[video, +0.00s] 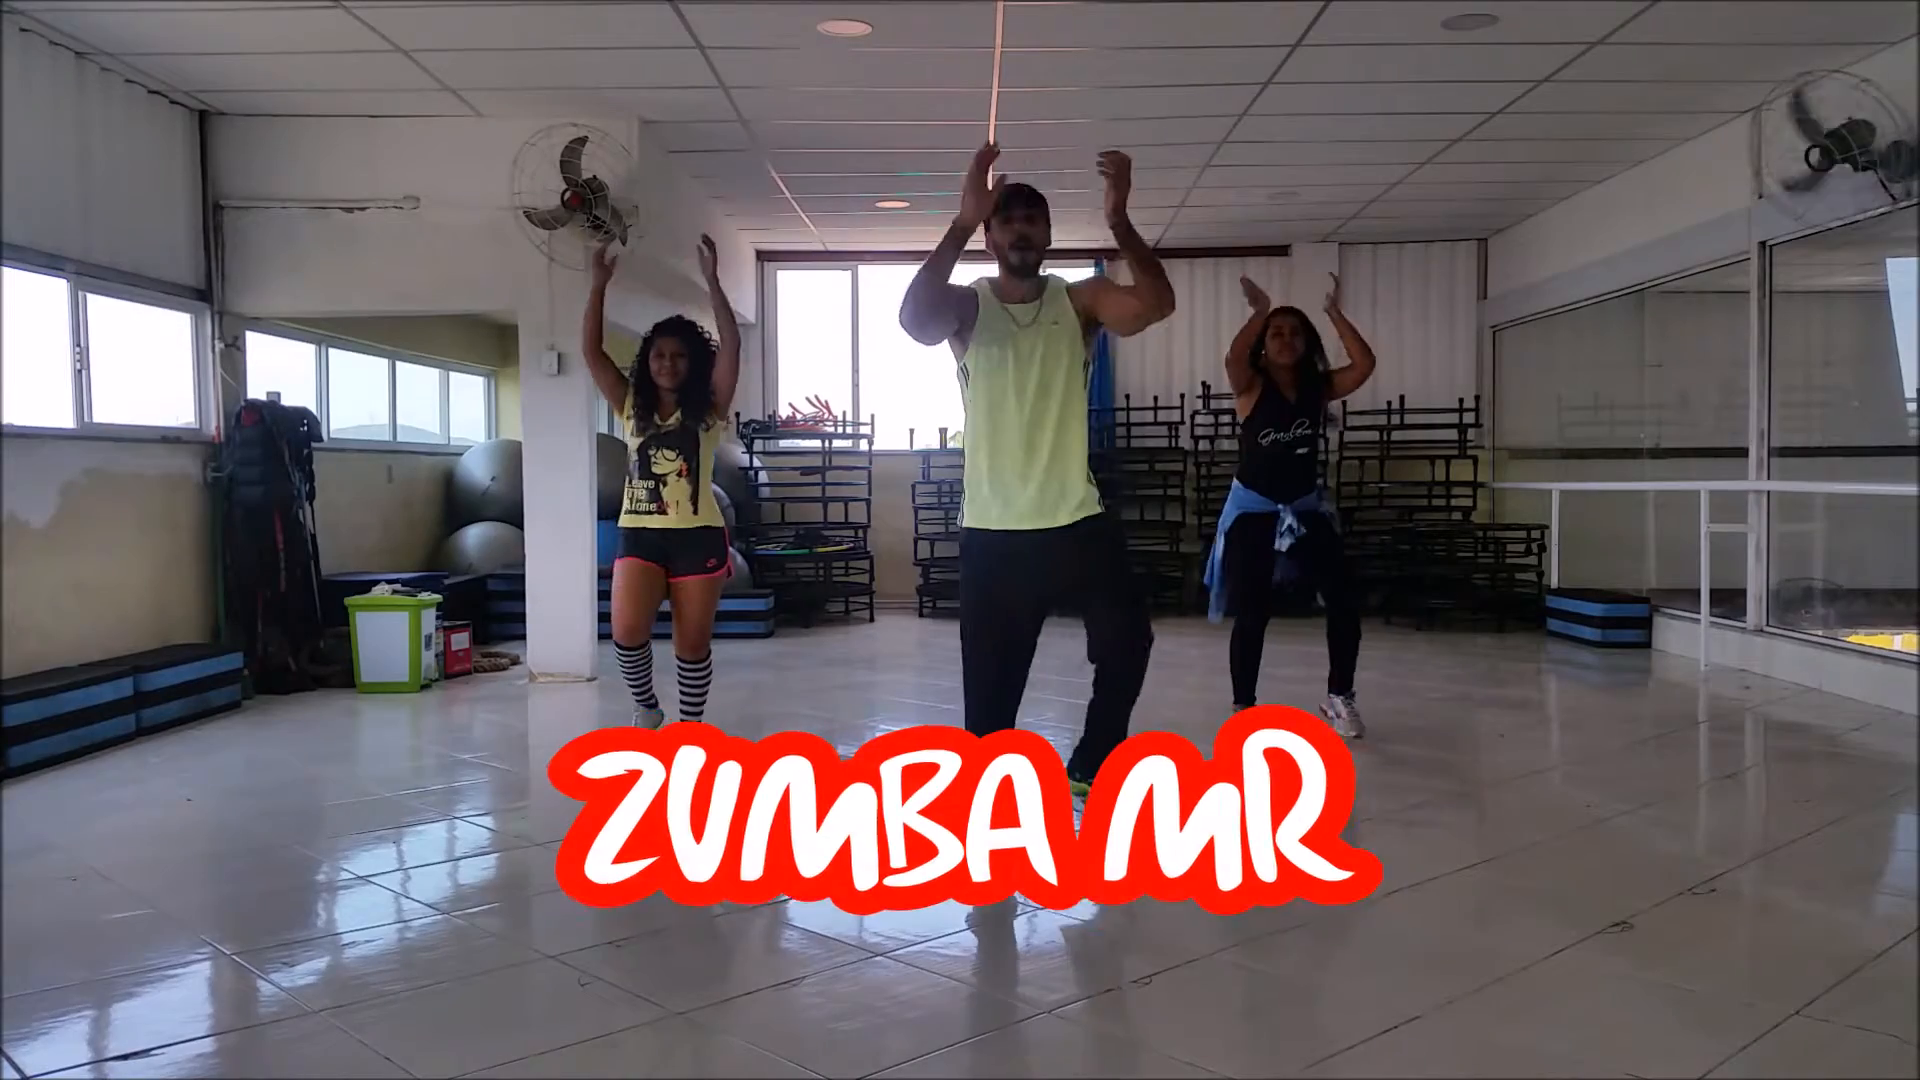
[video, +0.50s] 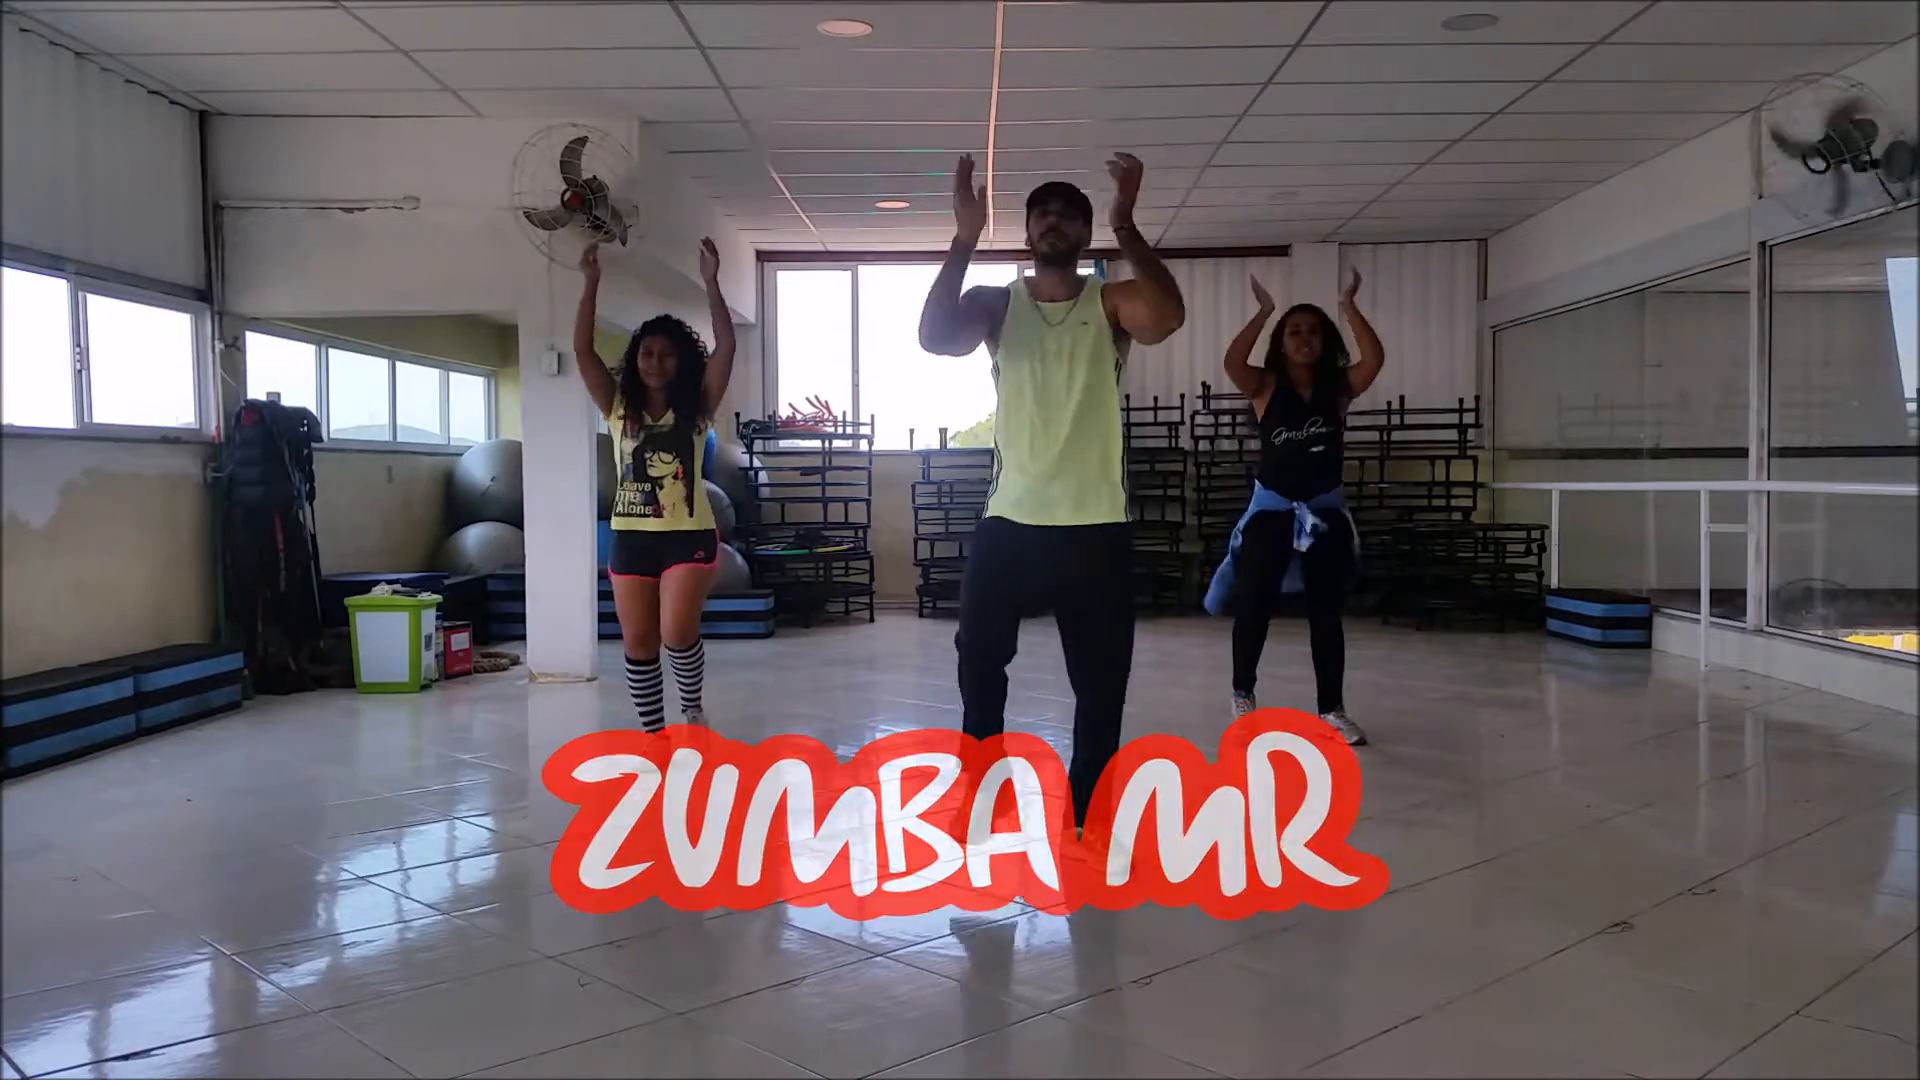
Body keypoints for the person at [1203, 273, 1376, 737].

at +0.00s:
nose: (1285, 340)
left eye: (1294, 333)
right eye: (1276, 334)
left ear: (1307, 344)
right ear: (1262, 344)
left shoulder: (1318, 387)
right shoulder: (1249, 386)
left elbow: (1362, 365)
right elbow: (1235, 357)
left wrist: (1335, 314)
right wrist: (1260, 312)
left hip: (1308, 513)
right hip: (1254, 514)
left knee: (1344, 600)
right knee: (1252, 613)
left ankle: (1340, 697)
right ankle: (1244, 710)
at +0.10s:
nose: (1286, 340)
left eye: (1294, 333)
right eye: (1277, 334)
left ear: (1307, 343)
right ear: (1262, 343)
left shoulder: (1314, 386)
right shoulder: (1247, 387)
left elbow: (1358, 366)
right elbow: (1243, 358)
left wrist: (1338, 311)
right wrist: (1265, 309)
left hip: (1305, 512)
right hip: (1252, 513)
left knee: (1346, 593)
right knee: (1255, 606)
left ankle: (1337, 692)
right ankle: (1244, 709)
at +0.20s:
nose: (1288, 343)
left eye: (1296, 336)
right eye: (1280, 335)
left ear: (1307, 344)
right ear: (1262, 341)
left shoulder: (1313, 382)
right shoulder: (1247, 385)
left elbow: (1356, 360)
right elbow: (1247, 348)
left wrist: (1323, 309)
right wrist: (1285, 312)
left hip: (1311, 510)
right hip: (1257, 511)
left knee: (1335, 603)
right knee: (1254, 610)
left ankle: (1336, 706)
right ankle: (1244, 711)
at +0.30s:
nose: (1292, 343)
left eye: (1300, 337)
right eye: (1283, 336)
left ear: (1312, 346)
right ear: (1267, 345)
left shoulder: (1319, 387)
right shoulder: (1252, 389)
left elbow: (1362, 358)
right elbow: (1244, 347)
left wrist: (1323, 314)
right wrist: (1292, 318)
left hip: (1316, 516)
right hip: (1262, 516)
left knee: (1322, 616)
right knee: (1257, 615)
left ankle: (1330, 711)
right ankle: (1245, 711)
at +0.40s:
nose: (1299, 339)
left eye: (1307, 332)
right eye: (1290, 332)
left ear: (1321, 341)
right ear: (1276, 341)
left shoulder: (1330, 385)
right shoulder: (1258, 384)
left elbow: (1373, 359)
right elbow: (1233, 356)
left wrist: (1338, 311)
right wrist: (1273, 317)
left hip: (1321, 515)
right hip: (1268, 514)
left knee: (1324, 615)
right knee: (1260, 611)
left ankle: (1330, 711)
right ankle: (1242, 706)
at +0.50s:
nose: (1304, 339)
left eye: (1313, 332)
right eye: (1295, 333)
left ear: (1326, 341)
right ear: (1280, 342)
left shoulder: (1337, 388)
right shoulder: (1264, 386)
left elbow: (1373, 357)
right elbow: (1233, 363)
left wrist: (1349, 306)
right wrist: (1263, 314)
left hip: (1326, 516)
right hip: (1270, 515)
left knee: (1327, 614)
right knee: (1254, 605)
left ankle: (1332, 712)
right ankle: (1243, 698)